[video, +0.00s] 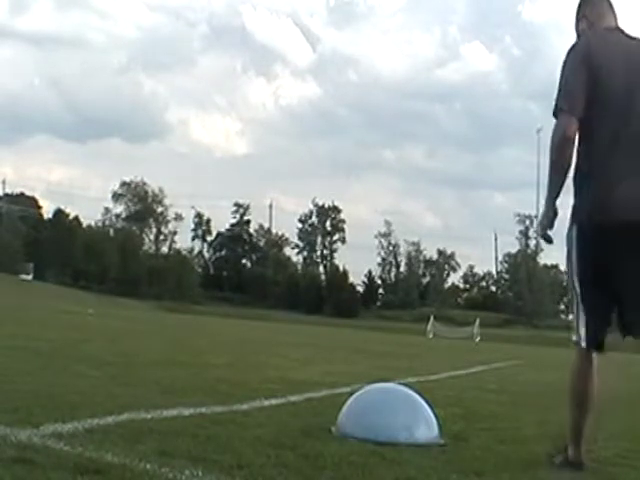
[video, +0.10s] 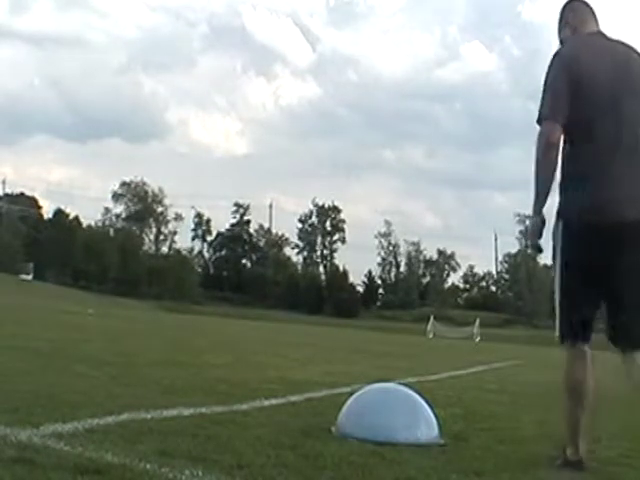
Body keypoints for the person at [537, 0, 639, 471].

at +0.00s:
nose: (577, 35)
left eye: (577, 28)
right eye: (579, 29)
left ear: (584, 21)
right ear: (614, 17)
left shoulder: (586, 49)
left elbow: (566, 131)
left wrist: (550, 202)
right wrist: (553, 202)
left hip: (604, 215)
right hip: (635, 215)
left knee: (588, 342)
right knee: (589, 343)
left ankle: (576, 450)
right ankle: (576, 447)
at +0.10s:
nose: (561, 40)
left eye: (561, 33)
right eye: (563, 33)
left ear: (568, 25)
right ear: (597, 23)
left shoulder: (568, 58)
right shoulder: (633, 57)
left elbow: (550, 137)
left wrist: (536, 212)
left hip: (586, 219)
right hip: (635, 218)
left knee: (578, 340)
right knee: (634, 343)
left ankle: (576, 449)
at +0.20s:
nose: (550, 42)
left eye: (550, 35)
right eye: (551, 35)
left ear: (558, 26)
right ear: (583, 24)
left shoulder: (556, 58)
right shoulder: (625, 61)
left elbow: (537, 135)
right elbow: (636, 137)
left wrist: (524, 199)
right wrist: (633, 196)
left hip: (573, 212)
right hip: (620, 211)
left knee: (571, 335)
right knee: (607, 323)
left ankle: (575, 450)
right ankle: (626, 393)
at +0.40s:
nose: (532, 58)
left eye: (531, 51)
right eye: (532, 52)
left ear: (538, 42)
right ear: (562, 39)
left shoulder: (537, 71)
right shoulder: (602, 79)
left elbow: (514, 139)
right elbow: (629, 153)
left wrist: (495, 187)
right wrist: (615, 213)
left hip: (553, 218)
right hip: (594, 217)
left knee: (568, 333)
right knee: (569, 330)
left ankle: (574, 450)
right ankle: (564, 428)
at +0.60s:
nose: (513, 75)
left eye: (512, 68)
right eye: (513, 69)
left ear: (521, 56)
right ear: (543, 57)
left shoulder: (524, 85)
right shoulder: (578, 97)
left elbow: (506, 145)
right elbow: (595, 169)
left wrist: (484, 186)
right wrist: (573, 205)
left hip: (533, 221)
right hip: (568, 223)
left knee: (537, 329)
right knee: (543, 328)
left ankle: (563, 431)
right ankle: (542, 426)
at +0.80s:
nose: (492, 81)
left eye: (492, 73)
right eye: (490, 75)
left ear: (503, 59)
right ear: (518, 60)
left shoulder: (512, 85)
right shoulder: (544, 94)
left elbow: (508, 139)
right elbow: (553, 156)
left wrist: (481, 173)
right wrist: (504, 181)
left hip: (515, 221)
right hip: (548, 224)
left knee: (483, 317)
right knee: (533, 328)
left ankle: (520, 407)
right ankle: (537, 425)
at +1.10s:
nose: (453, 94)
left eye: (455, 85)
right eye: (451, 87)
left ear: (473, 72)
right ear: (469, 75)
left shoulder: (488, 101)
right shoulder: (487, 105)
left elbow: (493, 156)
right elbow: (491, 163)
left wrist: (452, 164)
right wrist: (453, 162)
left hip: (481, 235)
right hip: (488, 233)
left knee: (458, 332)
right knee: (482, 332)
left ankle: (460, 424)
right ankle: (521, 403)